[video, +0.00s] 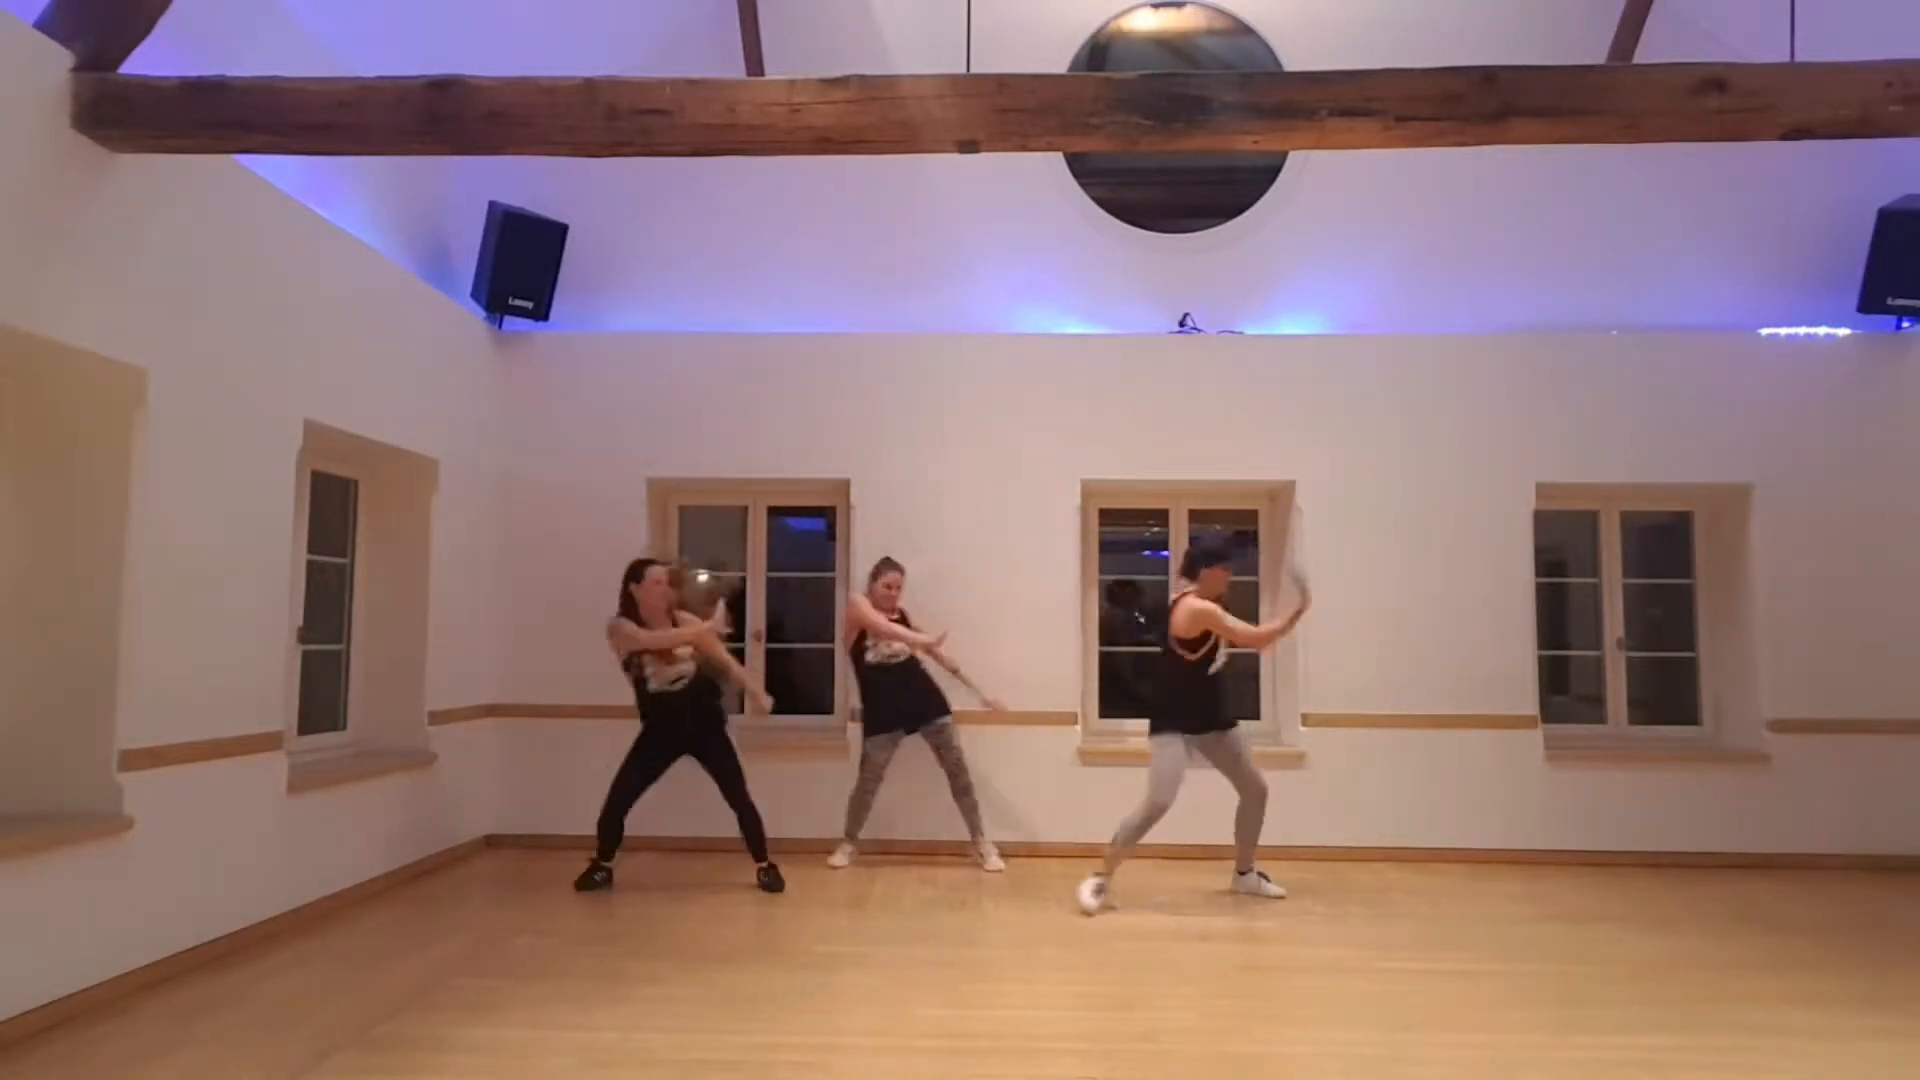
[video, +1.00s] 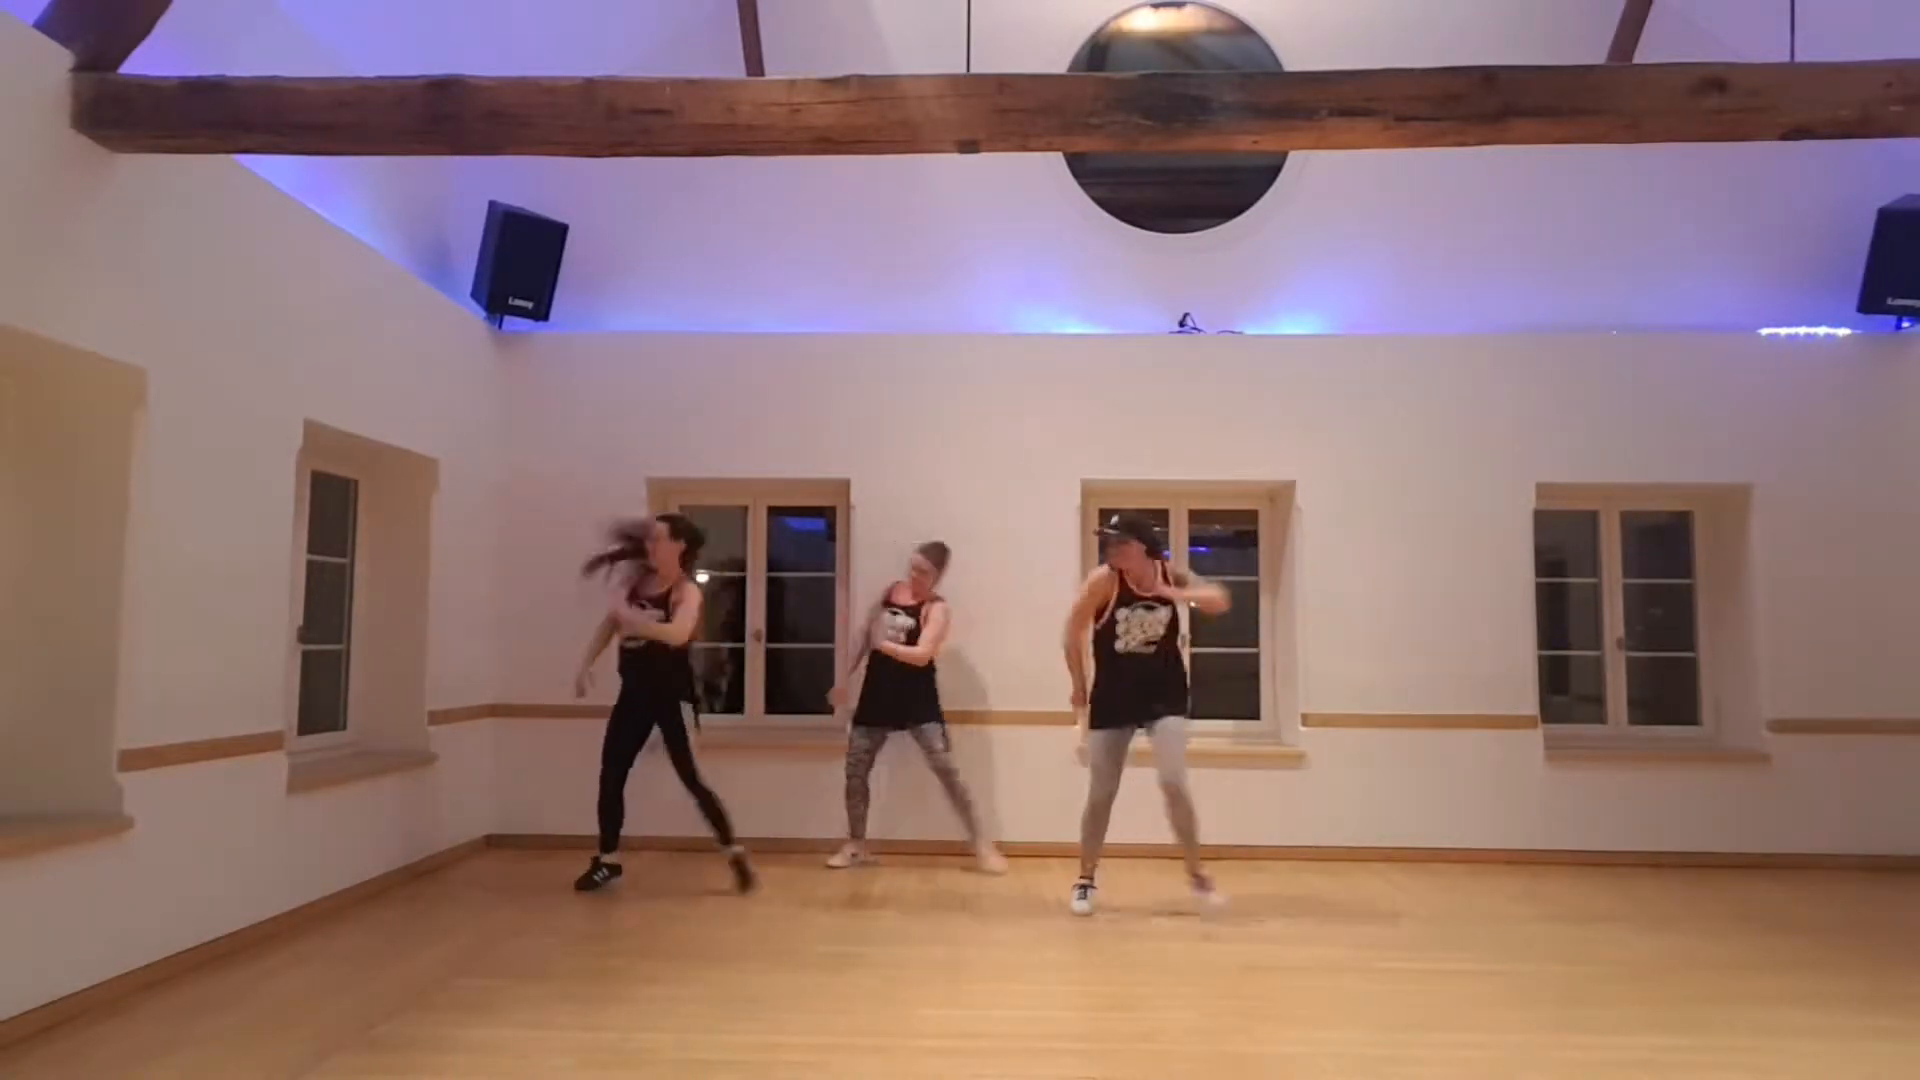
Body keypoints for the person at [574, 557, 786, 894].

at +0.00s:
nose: (665, 590)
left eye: (668, 584)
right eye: (657, 584)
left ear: (673, 590)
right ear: (634, 590)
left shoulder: (686, 621)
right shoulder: (620, 628)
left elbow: (723, 659)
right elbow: (644, 641)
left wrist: (756, 691)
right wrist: (706, 629)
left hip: (705, 730)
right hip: (660, 734)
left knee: (739, 799)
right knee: (617, 800)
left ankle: (764, 865)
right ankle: (602, 865)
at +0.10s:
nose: (653, 580)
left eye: (654, 574)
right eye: (645, 574)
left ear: (655, 579)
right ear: (623, 580)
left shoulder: (672, 615)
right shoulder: (606, 620)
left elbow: (706, 654)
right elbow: (623, 644)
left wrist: (732, 693)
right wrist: (676, 639)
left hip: (686, 721)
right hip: (642, 726)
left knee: (721, 792)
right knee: (609, 798)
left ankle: (759, 862)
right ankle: (602, 865)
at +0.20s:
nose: (650, 562)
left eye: (651, 556)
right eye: (642, 556)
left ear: (651, 561)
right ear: (619, 561)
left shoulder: (666, 597)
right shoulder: (600, 602)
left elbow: (701, 636)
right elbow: (597, 640)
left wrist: (721, 678)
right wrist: (628, 663)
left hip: (672, 702)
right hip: (629, 706)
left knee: (705, 779)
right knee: (610, 789)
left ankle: (745, 856)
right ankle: (603, 864)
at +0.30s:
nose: (652, 550)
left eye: (653, 544)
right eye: (645, 545)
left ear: (653, 548)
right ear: (623, 549)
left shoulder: (666, 585)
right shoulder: (596, 592)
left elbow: (704, 614)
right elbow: (555, 627)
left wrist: (712, 661)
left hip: (665, 694)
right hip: (621, 696)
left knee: (689, 772)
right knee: (609, 782)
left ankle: (708, 852)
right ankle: (603, 863)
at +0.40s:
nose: (654, 551)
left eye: (655, 545)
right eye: (647, 546)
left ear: (654, 551)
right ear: (625, 551)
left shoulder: (666, 586)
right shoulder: (601, 596)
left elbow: (703, 611)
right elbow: (563, 645)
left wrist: (703, 638)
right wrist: (539, 698)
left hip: (659, 697)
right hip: (616, 699)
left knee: (673, 778)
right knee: (606, 782)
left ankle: (664, 848)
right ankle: (603, 863)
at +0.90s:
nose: (636, 542)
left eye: (646, 538)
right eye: (637, 536)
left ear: (667, 549)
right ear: (635, 545)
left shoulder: (678, 590)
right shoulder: (614, 587)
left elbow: (714, 632)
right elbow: (591, 630)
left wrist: (673, 621)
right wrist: (566, 674)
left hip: (661, 695)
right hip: (623, 693)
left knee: (665, 777)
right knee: (606, 777)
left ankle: (684, 847)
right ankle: (603, 858)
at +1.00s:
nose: (651, 545)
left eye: (659, 540)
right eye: (651, 539)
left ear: (681, 548)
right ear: (651, 547)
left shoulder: (688, 593)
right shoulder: (638, 584)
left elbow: (678, 635)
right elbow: (613, 624)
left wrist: (632, 620)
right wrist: (587, 665)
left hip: (669, 695)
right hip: (635, 693)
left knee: (690, 776)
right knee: (612, 775)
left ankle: (734, 852)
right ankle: (608, 859)